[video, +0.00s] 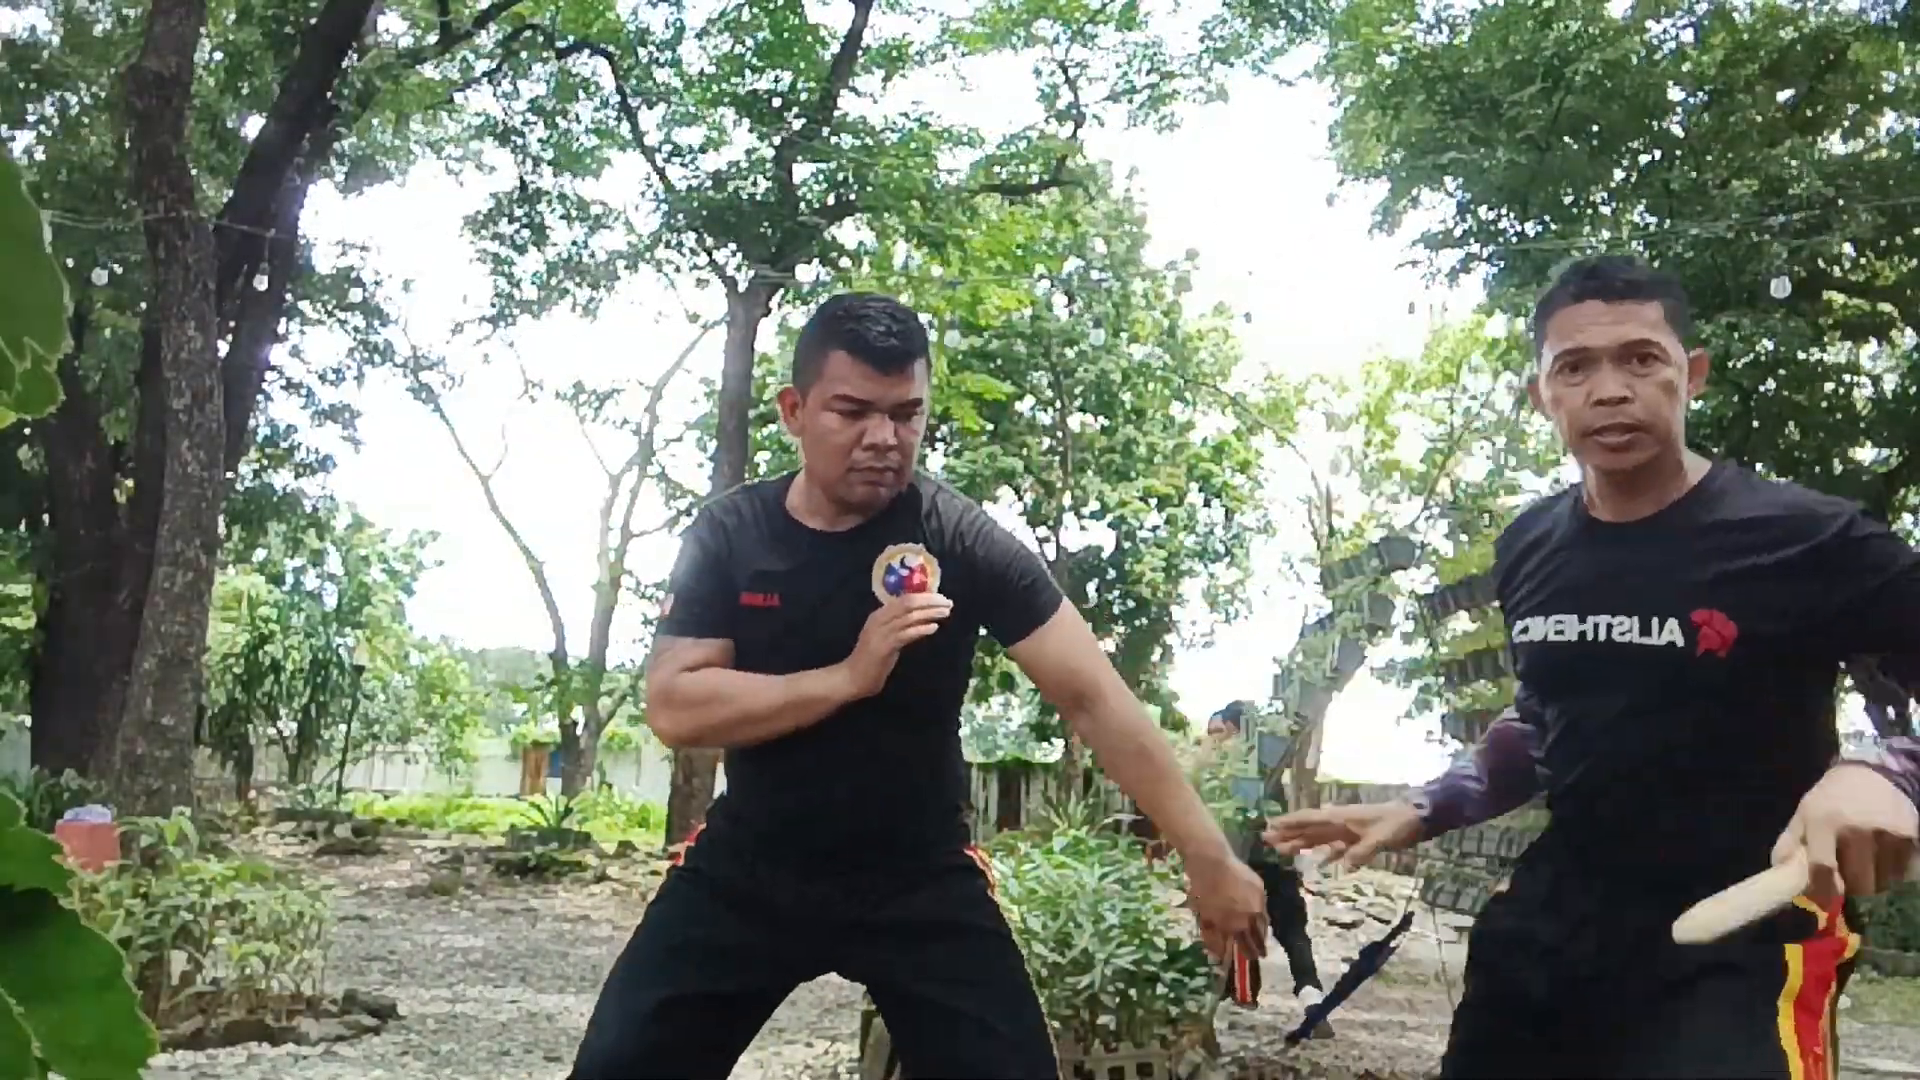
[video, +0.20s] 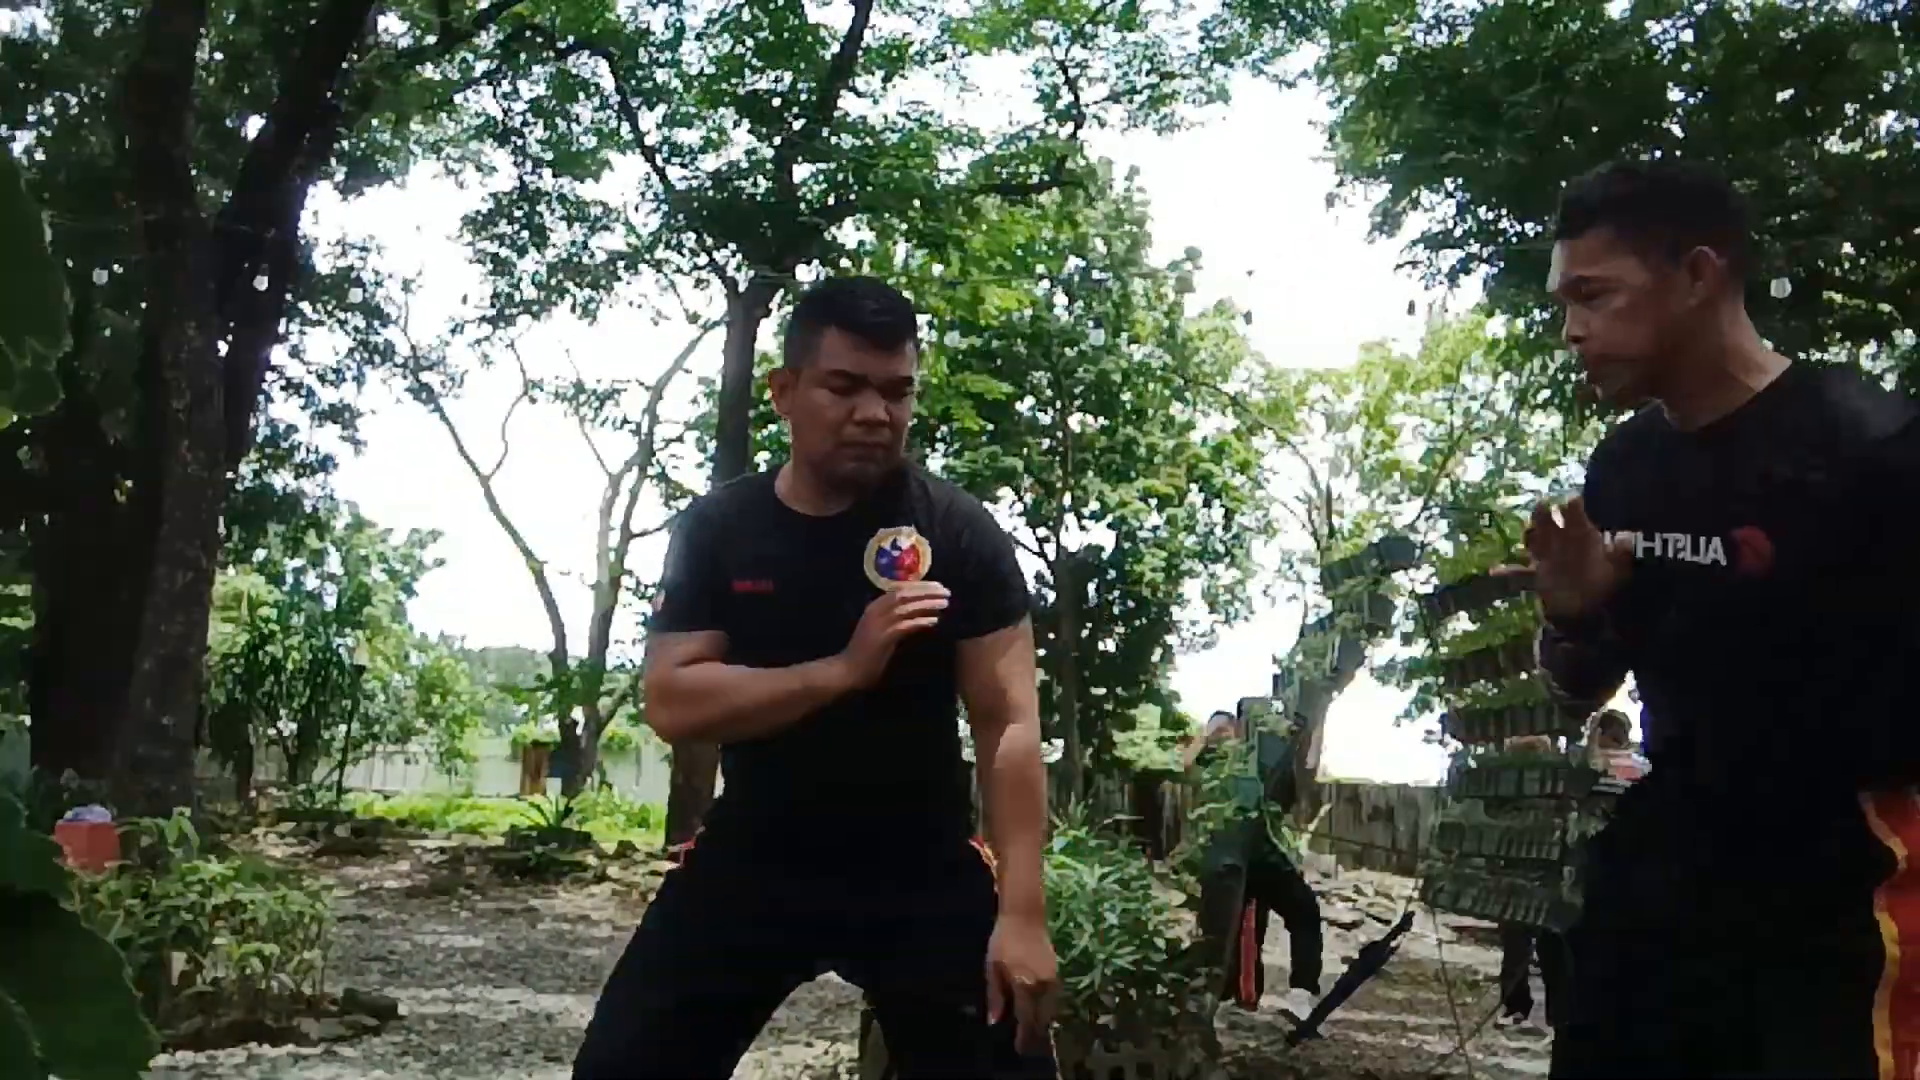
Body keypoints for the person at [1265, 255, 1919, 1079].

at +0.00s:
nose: (1609, 388)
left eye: (1638, 359)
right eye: (1576, 366)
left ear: (1691, 375)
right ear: (1541, 398)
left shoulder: (1818, 543)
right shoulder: (1529, 548)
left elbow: (1914, 690)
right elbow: (1547, 723)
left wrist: (1884, 767)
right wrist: (1415, 813)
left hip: (1739, 959)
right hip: (1553, 942)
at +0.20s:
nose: (1567, 331)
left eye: (1591, 296)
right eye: (1563, 304)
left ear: (1700, 273)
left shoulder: (1874, 444)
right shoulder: (1627, 464)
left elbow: (1904, 715)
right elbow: (1576, 691)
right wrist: (1582, 618)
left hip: (1832, 878)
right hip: (1669, 865)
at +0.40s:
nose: (1614, 288)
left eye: (1615, 259)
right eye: (1610, 264)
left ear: (1677, 241)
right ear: (1687, 245)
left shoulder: (1876, 383)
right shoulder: (1706, 430)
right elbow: (1718, 643)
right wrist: (1600, 736)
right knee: (1780, 1056)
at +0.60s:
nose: (1675, 309)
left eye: (1669, 280)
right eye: (1670, 285)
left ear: (1695, 268)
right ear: (1815, 261)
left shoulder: (1837, 385)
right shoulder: (1802, 388)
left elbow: (1914, 630)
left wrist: (1892, 920)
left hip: (1836, 786)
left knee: (1821, 1053)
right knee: (1788, 1044)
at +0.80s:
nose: (1691, 319)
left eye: (1694, 289)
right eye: (1689, 294)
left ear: (1744, 282)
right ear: (1834, 280)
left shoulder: (1852, 394)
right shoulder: (1829, 403)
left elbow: (1901, 621)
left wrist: (1732, 832)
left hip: (1869, 834)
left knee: (1847, 1051)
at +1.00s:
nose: (1679, 316)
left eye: (1691, 285)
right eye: (1681, 291)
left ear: (1763, 277)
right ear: (1763, 283)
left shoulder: (1852, 396)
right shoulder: (1811, 414)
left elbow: (1908, 634)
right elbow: (1850, 661)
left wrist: (1789, 866)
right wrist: (1769, 865)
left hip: (1862, 832)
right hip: (1821, 828)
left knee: (1827, 1059)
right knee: (1786, 1054)